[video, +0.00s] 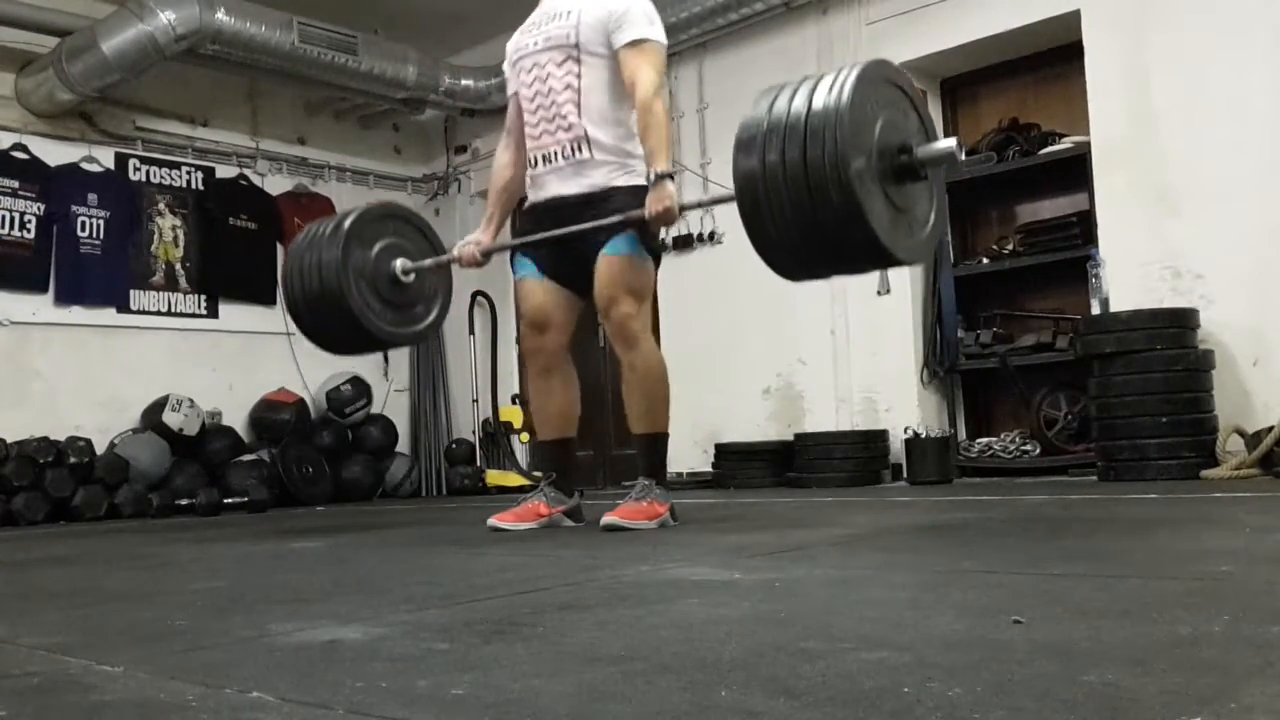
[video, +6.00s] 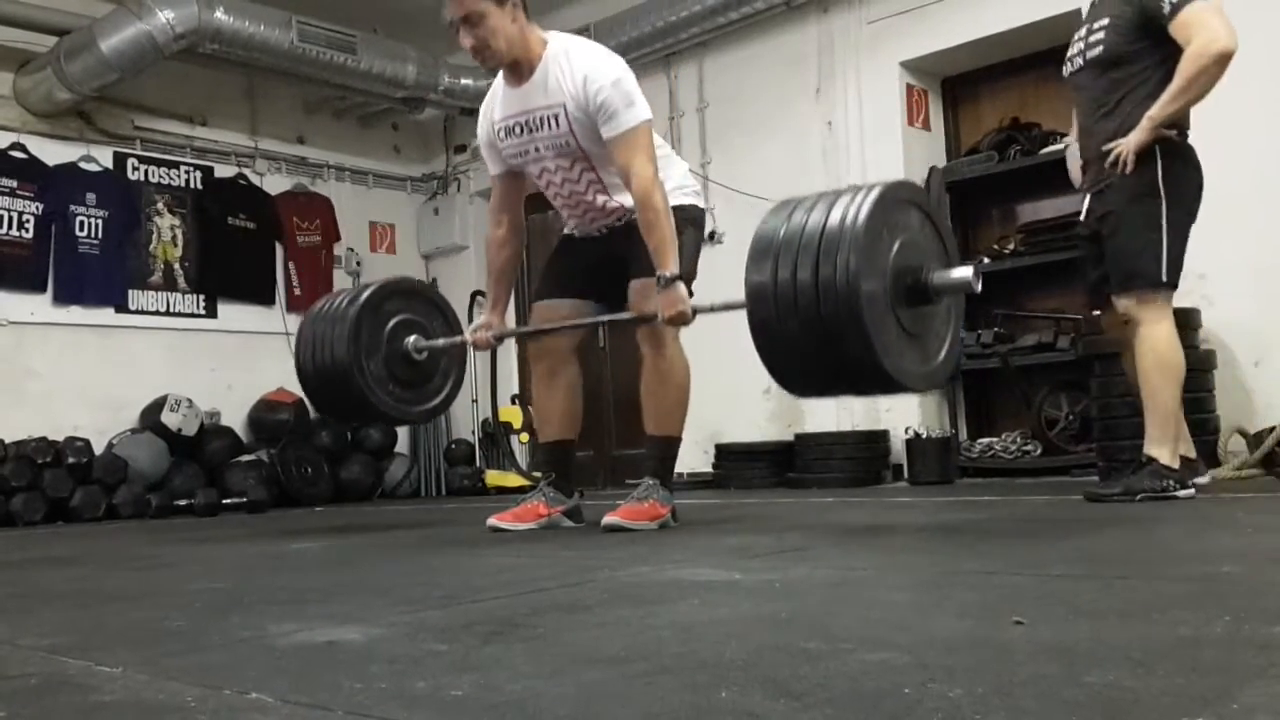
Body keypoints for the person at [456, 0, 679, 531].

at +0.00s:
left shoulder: (621, 5)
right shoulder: (519, 41)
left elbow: (647, 89)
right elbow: (513, 143)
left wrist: (661, 176)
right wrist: (488, 229)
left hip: (617, 194)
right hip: (544, 207)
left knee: (625, 320)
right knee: (540, 336)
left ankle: (653, 487)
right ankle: (558, 492)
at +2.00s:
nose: (463, 75)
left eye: (469, 55)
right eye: (451, 64)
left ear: (507, 34)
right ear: (446, 65)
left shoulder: (590, 92)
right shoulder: (490, 137)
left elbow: (643, 202)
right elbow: (503, 242)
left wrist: (669, 299)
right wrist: (493, 334)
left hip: (665, 214)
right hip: (596, 238)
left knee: (645, 316)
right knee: (541, 332)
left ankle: (657, 489)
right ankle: (556, 493)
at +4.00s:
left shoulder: (599, 27)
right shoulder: (501, 73)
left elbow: (643, 127)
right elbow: (509, 177)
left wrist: (664, 219)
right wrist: (489, 265)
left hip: (626, 208)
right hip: (559, 221)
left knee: (630, 318)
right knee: (529, 335)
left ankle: (654, 488)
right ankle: (557, 491)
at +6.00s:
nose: (465, 41)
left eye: (472, 20)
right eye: (456, 29)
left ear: (514, 9)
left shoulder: (593, 71)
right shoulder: (494, 114)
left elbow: (643, 178)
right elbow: (504, 221)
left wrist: (668, 276)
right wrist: (494, 311)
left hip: (658, 207)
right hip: (588, 226)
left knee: (651, 316)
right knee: (547, 333)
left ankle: (658, 489)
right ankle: (557, 491)